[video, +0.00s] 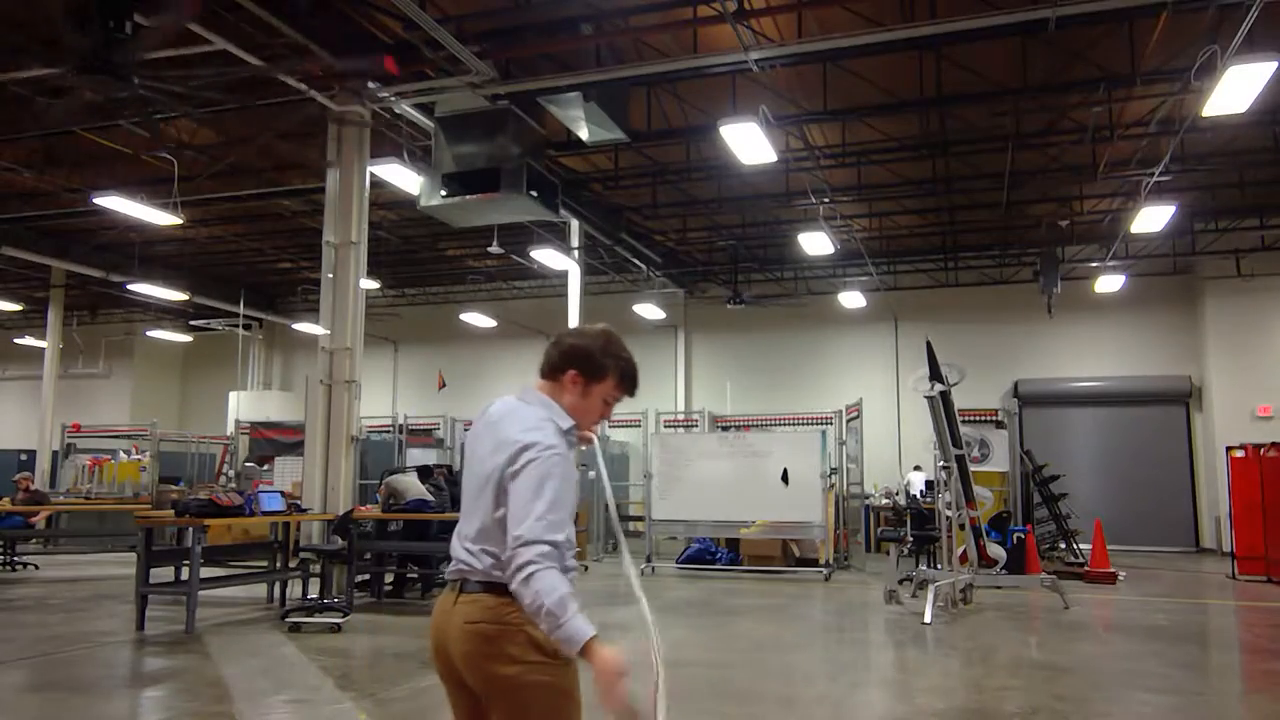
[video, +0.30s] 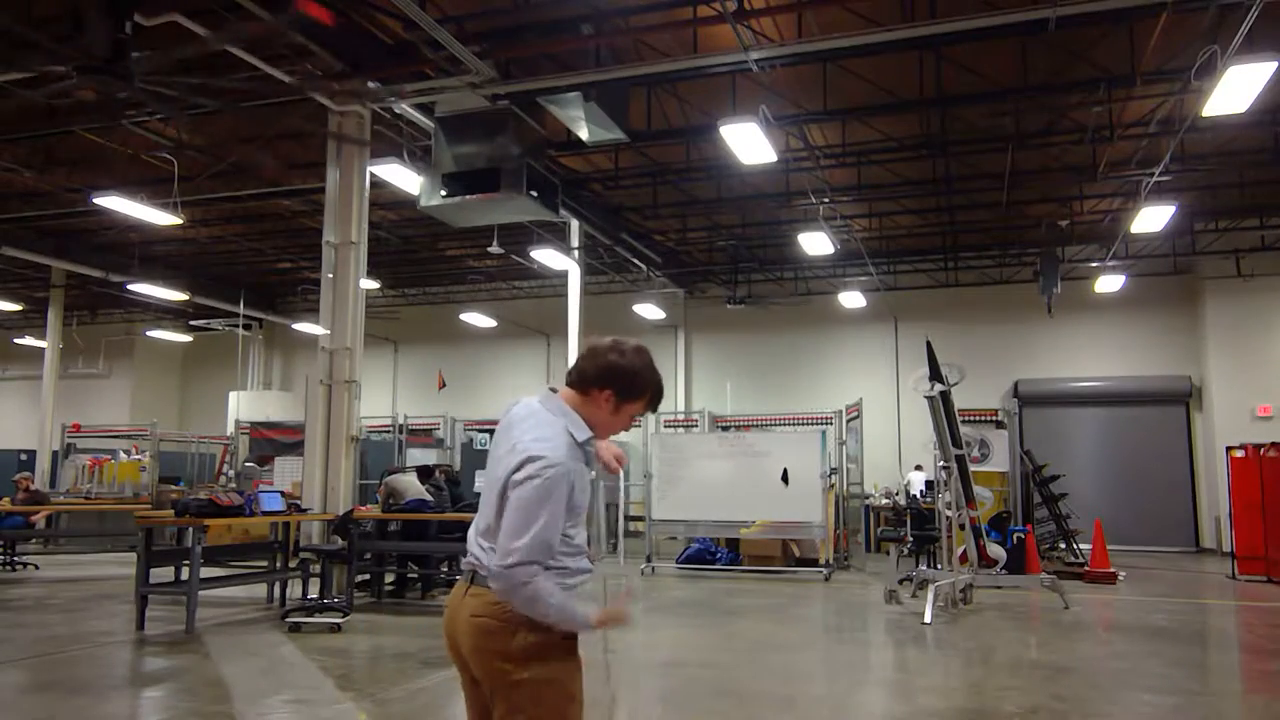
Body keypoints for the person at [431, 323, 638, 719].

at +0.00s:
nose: (607, 416)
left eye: (613, 405)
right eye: (607, 401)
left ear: (568, 379)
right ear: (573, 382)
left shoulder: (495, 415)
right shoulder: (544, 443)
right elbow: (532, 566)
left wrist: (561, 431)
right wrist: (592, 648)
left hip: (453, 608)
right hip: (506, 620)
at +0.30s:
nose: (627, 428)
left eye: (634, 420)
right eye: (632, 417)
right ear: (605, 398)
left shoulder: (525, 410)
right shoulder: (553, 461)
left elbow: (560, 424)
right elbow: (515, 573)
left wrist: (593, 443)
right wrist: (587, 616)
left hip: (470, 601)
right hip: (516, 619)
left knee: (488, 714)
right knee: (540, 711)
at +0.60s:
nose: (609, 421)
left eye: (614, 411)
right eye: (608, 409)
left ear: (574, 393)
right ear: (577, 393)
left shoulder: (532, 428)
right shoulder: (530, 449)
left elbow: (563, 469)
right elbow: (523, 562)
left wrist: (604, 481)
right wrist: (619, 571)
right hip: (514, 614)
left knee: (508, 713)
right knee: (542, 712)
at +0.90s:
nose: (587, 414)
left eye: (593, 405)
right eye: (583, 400)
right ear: (551, 385)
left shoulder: (539, 437)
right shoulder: (518, 439)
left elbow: (547, 507)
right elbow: (494, 535)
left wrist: (592, 518)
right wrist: (560, 564)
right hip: (506, 610)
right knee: (532, 713)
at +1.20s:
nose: (596, 404)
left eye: (599, 396)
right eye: (590, 391)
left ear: (557, 387)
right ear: (556, 384)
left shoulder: (541, 437)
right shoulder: (528, 437)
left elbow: (540, 513)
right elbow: (510, 517)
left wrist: (582, 533)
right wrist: (545, 571)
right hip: (511, 599)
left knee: (495, 713)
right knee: (553, 713)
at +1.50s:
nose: (632, 417)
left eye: (633, 408)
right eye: (633, 408)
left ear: (585, 399)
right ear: (625, 409)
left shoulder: (557, 439)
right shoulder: (579, 450)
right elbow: (562, 521)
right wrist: (568, 584)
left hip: (490, 585)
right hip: (524, 592)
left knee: (521, 709)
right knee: (552, 711)